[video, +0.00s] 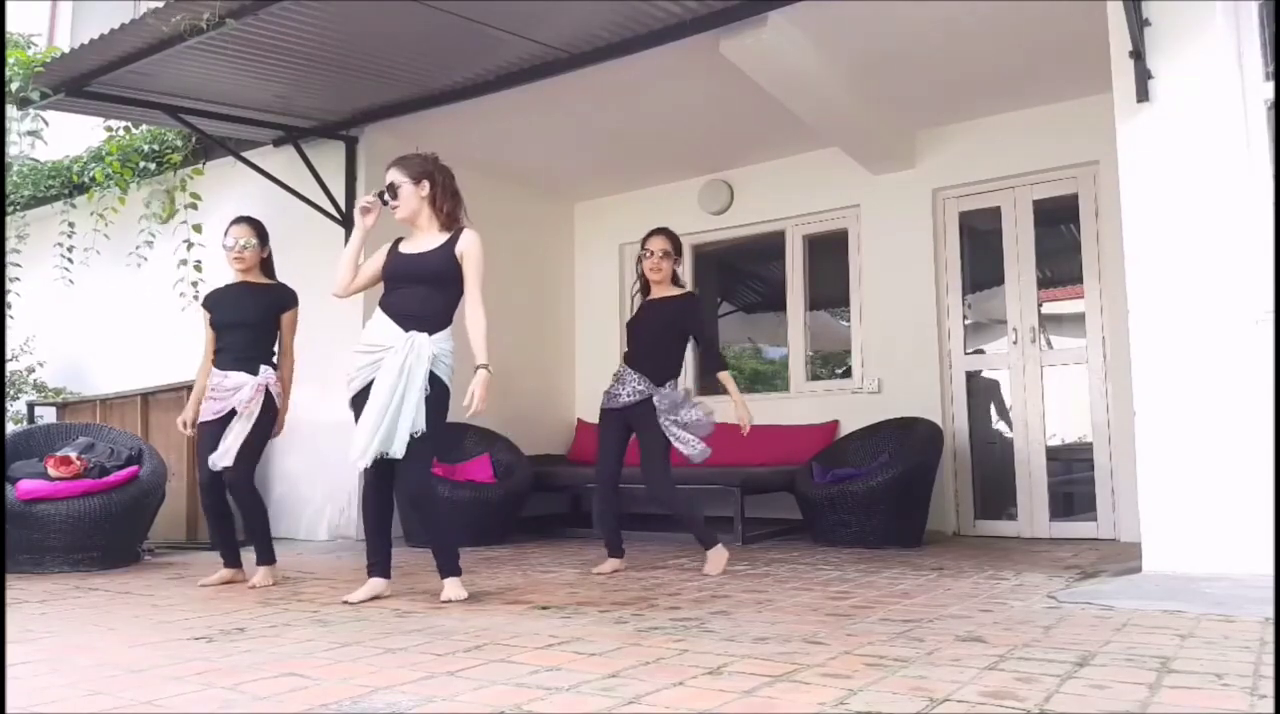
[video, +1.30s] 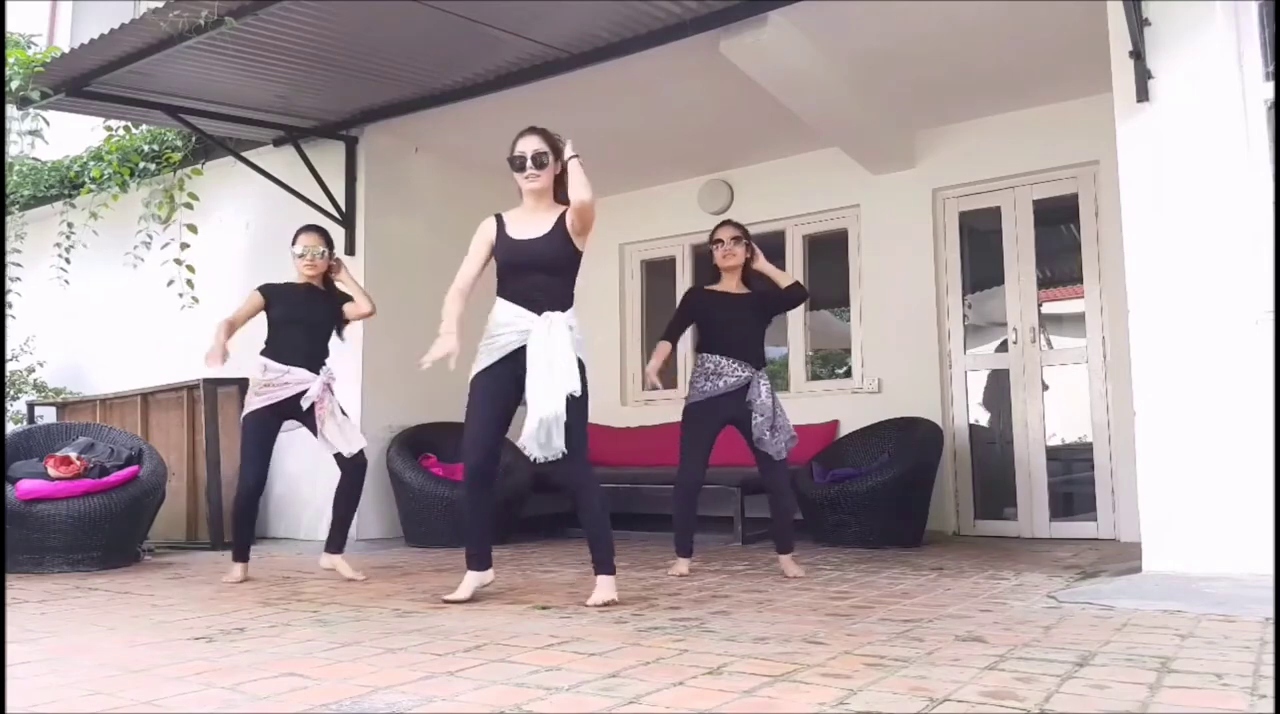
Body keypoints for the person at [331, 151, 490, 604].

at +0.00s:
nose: (387, 199)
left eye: (394, 190)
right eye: (387, 191)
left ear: (424, 187)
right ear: (412, 192)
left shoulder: (462, 240)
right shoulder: (393, 249)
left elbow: (473, 305)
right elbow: (343, 286)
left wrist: (482, 367)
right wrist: (361, 229)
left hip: (427, 365)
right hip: (375, 362)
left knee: (418, 474)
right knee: (377, 469)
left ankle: (450, 576)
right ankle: (378, 576)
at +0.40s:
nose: (415, 190)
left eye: (422, 181)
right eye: (413, 183)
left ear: (452, 180)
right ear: (442, 183)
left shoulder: (487, 243)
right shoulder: (405, 236)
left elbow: (506, 315)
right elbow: (372, 289)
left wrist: (530, 367)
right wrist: (352, 300)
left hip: (449, 362)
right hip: (393, 358)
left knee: (465, 468)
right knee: (389, 469)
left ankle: (487, 576)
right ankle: (379, 577)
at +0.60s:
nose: (451, 185)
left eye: (457, 176)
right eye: (449, 178)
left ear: (488, 174)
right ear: (472, 178)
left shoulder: (523, 230)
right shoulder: (448, 237)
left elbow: (540, 299)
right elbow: (444, 303)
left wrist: (557, 362)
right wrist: (412, 334)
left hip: (492, 356)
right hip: (441, 354)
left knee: (512, 467)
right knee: (396, 457)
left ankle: (560, 575)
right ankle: (379, 565)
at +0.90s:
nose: (492, 183)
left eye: (501, 173)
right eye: (487, 177)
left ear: (530, 175)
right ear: (486, 184)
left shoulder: (554, 232)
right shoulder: (483, 243)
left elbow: (572, 303)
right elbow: (462, 311)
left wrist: (578, 303)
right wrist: (431, 355)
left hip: (541, 360)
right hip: (494, 359)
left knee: (530, 471)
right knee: (434, 449)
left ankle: (568, 580)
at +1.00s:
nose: (504, 172)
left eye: (514, 163)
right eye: (496, 166)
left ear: (538, 167)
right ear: (490, 174)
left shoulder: (559, 223)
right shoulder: (478, 232)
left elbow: (579, 277)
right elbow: (453, 303)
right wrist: (394, 336)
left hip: (539, 351)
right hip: (485, 350)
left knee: (541, 464)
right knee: (469, 464)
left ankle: (567, 577)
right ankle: (471, 568)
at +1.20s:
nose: (520, 167)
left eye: (529, 159)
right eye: (510, 161)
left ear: (547, 167)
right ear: (502, 171)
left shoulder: (565, 220)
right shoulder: (485, 229)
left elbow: (589, 212)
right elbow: (450, 296)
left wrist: (580, 167)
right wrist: (391, 328)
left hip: (545, 351)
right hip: (490, 350)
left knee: (571, 455)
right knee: (482, 463)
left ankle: (588, 576)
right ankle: (469, 571)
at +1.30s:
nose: (531, 167)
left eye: (540, 159)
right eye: (521, 161)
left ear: (556, 166)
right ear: (512, 170)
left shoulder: (572, 221)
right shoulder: (495, 226)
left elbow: (582, 201)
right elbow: (459, 287)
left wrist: (571, 156)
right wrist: (449, 331)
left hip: (559, 347)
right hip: (503, 347)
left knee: (574, 463)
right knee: (476, 459)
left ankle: (605, 574)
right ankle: (478, 567)